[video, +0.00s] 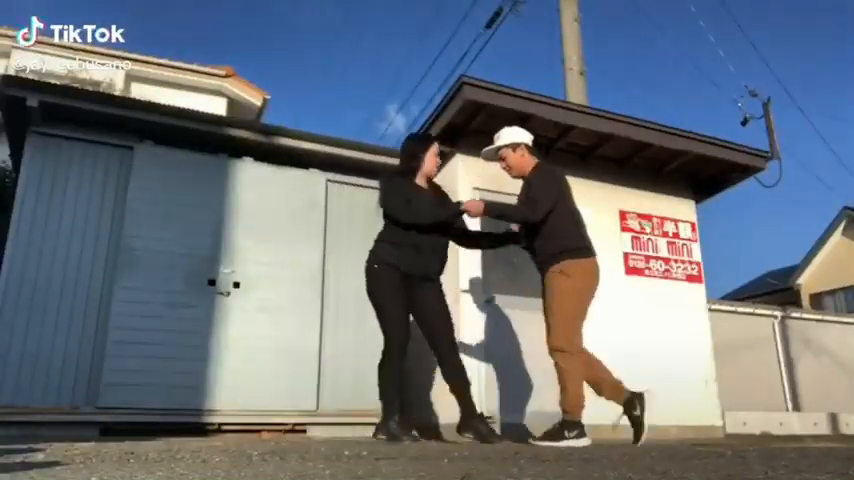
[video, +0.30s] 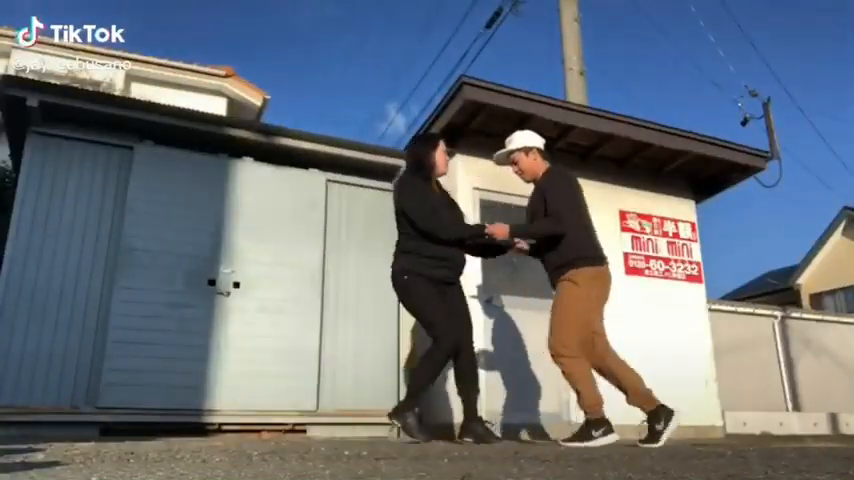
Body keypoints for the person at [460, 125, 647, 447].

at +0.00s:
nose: (502, 166)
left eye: (503, 158)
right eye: (500, 160)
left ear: (522, 150)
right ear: (518, 154)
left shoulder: (542, 176)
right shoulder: (539, 181)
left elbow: (531, 214)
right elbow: (528, 234)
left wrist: (486, 208)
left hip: (569, 267)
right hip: (566, 268)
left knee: (563, 346)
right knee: (567, 347)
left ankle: (572, 425)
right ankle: (627, 399)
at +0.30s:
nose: (514, 169)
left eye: (515, 161)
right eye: (511, 164)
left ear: (533, 154)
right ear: (531, 158)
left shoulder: (556, 180)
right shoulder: (543, 189)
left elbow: (558, 225)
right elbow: (552, 243)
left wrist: (511, 231)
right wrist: (527, 247)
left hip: (582, 274)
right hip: (581, 275)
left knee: (565, 348)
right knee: (596, 351)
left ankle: (596, 421)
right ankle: (655, 410)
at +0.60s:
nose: (497, 161)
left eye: (499, 153)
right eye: (494, 156)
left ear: (517, 145)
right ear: (509, 152)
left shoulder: (544, 170)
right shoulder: (519, 187)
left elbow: (569, 209)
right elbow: (503, 233)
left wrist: (525, 200)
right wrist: (473, 213)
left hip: (569, 268)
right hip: (536, 276)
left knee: (583, 345)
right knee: (513, 331)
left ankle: (600, 422)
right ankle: (532, 414)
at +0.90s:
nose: (473, 164)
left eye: (475, 156)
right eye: (471, 158)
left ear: (493, 147)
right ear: (488, 151)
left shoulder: (518, 170)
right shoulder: (497, 190)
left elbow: (530, 205)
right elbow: (491, 246)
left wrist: (487, 196)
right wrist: (453, 229)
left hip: (520, 273)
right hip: (513, 275)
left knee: (482, 336)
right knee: (499, 344)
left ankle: (547, 386)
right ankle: (501, 423)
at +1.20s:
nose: (451, 162)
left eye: (452, 154)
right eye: (449, 156)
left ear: (470, 146)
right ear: (466, 149)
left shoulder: (487, 174)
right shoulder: (486, 181)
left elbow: (462, 215)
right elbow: (471, 244)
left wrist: (411, 216)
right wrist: (435, 246)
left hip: (494, 272)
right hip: (492, 272)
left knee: (462, 343)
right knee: (465, 343)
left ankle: (426, 421)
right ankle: (497, 419)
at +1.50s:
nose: (446, 160)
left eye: (447, 152)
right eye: (443, 154)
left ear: (465, 145)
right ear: (459, 149)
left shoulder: (487, 172)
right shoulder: (469, 187)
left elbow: (487, 217)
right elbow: (452, 241)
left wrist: (441, 215)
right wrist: (417, 233)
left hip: (489, 273)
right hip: (468, 273)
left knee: (459, 344)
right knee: (440, 341)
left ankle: (426, 420)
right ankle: (484, 411)